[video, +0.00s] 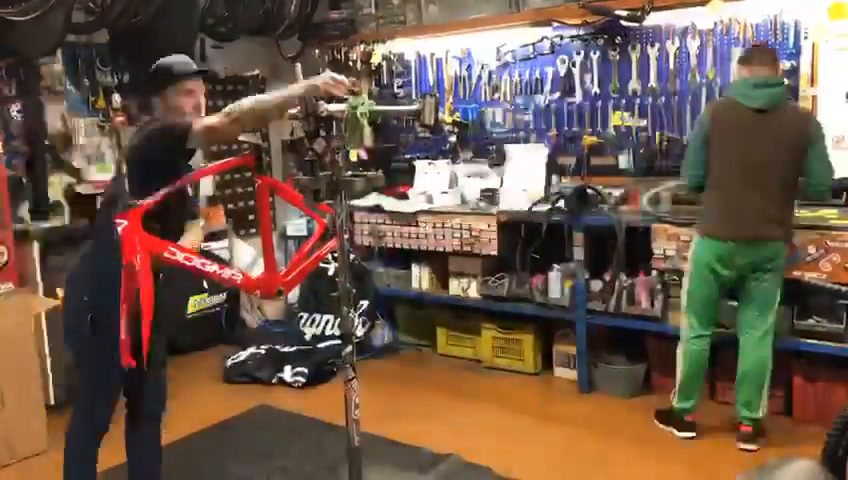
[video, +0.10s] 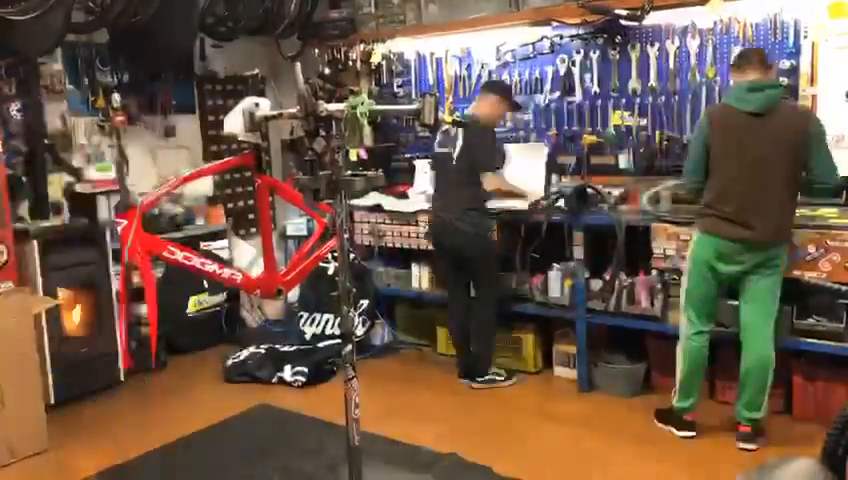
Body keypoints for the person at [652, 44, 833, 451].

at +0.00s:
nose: (739, 80)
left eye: (738, 73)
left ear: (740, 73)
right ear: (779, 74)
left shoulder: (716, 112)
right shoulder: (803, 121)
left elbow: (691, 179)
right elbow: (821, 186)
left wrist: (718, 179)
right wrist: (787, 180)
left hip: (717, 235)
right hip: (768, 238)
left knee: (697, 328)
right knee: (757, 331)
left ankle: (682, 413)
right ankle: (749, 425)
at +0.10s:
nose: (735, 85)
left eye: (735, 79)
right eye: (741, 78)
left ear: (734, 76)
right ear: (772, 73)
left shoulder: (715, 116)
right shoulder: (802, 120)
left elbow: (691, 182)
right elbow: (828, 183)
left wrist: (719, 178)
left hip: (717, 236)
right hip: (769, 239)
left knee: (695, 323)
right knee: (759, 332)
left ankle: (682, 413)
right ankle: (749, 426)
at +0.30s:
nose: (718, 91)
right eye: (716, 87)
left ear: (677, 88)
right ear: (711, 87)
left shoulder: (651, 124)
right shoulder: (730, 113)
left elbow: (642, 186)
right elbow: (752, 176)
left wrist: (666, 198)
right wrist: (736, 190)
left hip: (672, 231)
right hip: (721, 230)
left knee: (681, 322)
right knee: (730, 327)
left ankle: (687, 411)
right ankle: (736, 420)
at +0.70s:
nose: (719, 93)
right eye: (717, 88)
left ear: (684, 86)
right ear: (715, 89)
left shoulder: (652, 124)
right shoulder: (732, 117)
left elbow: (648, 185)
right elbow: (746, 180)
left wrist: (669, 201)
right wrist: (738, 190)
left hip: (666, 232)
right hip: (716, 234)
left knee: (677, 317)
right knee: (731, 317)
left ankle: (685, 410)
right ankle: (709, 409)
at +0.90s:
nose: (680, 78)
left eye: (662, 77)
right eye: (683, 72)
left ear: (653, 81)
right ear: (686, 74)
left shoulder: (646, 130)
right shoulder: (715, 106)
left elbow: (647, 188)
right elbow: (753, 100)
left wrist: (662, 212)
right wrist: (749, 83)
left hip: (670, 229)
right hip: (716, 226)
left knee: (678, 317)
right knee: (732, 315)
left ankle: (685, 410)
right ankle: (709, 409)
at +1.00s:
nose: (706, 74)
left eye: (700, 69)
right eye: (705, 69)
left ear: (668, 76)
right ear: (703, 72)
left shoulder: (651, 125)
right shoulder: (727, 109)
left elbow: (649, 189)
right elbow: (768, 125)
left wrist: (677, 194)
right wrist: (759, 115)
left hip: (670, 228)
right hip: (718, 225)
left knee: (679, 317)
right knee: (733, 314)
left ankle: (685, 409)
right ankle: (709, 409)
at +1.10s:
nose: (706, 70)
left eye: (691, 64)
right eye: (713, 63)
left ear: (683, 66)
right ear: (718, 64)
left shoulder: (663, 111)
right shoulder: (746, 112)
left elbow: (641, 170)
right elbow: (763, 177)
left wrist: (661, 193)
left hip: (671, 230)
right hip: (724, 231)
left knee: (666, 316)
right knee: (719, 323)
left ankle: (663, 404)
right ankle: (716, 417)